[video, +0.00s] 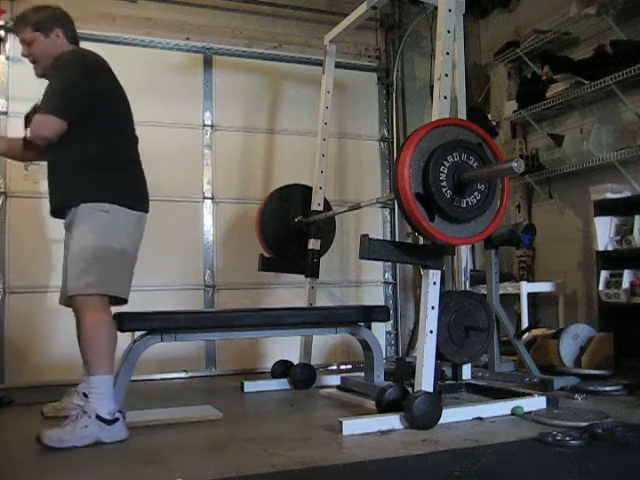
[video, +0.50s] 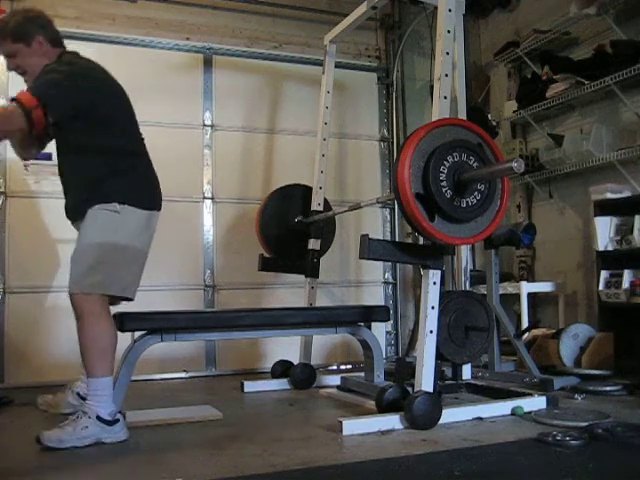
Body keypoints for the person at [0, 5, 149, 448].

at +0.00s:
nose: (26, 54)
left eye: (29, 44)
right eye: (23, 47)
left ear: (56, 36)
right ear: (57, 39)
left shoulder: (76, 64)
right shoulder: (72, 73)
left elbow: (46, 132)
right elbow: (35, 151)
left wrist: (31, 126)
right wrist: (3, 142)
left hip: (106, 201)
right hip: (93, 201)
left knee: (90, 299)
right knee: (85, 299)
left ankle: (104, 414)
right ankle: (96, 397)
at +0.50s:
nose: (14, 69)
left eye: (16, 58)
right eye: (11, 61)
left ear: (42, 44)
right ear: (42, 48)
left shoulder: (69, 73)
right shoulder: (68, 75)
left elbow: (11, 121)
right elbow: (30, 148)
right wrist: (16, 118)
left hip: (119, 198)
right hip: (114, 198)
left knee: (88, 297)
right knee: (88, 297)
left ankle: (104, 416)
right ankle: (96, 393)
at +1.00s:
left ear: (4, 141)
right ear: (6, 141)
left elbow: (52, 178)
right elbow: (28, 219)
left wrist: (51, 255)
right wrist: (29, 268)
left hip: (143, 208)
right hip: (119, 215)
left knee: (92, 294)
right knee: (73, 293)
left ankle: (106, 415)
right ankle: (84, 395)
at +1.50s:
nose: (11, 221)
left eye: (4, 212)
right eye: (4, 217)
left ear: (9, 188)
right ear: (11, 185)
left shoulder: (55, 187)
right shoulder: (45, 192)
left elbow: (85, 233)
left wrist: (71, 303)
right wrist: (69, 288)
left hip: (158, 254)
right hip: (139, 252)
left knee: (72, 301)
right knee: (62, 296)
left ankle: (103, 415)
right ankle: (81, 393)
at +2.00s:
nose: (88, 161)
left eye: (90, 153)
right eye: (85, 155)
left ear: (109, 142)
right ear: (112, 143)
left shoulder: (141, 170)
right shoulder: (127, 173)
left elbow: (80, 220)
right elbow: (75, 229)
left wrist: (31, 229)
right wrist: (28, 228)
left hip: (173, 280)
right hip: (150, 278)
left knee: (81, 296)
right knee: (68, 295)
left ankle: (104, 416)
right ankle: (81, 394)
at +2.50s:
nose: (129, 146)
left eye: (133, 138)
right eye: (130, 138)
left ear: (153, 138)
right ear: (155, 139)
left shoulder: (170, 169)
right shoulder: (159, 169)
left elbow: (100, 204)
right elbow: (90, 191)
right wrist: (40, 162)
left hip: (178, 280)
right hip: (157, 276)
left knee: (84, 296)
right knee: (69, 294)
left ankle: (104, 416)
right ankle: (82, 394)